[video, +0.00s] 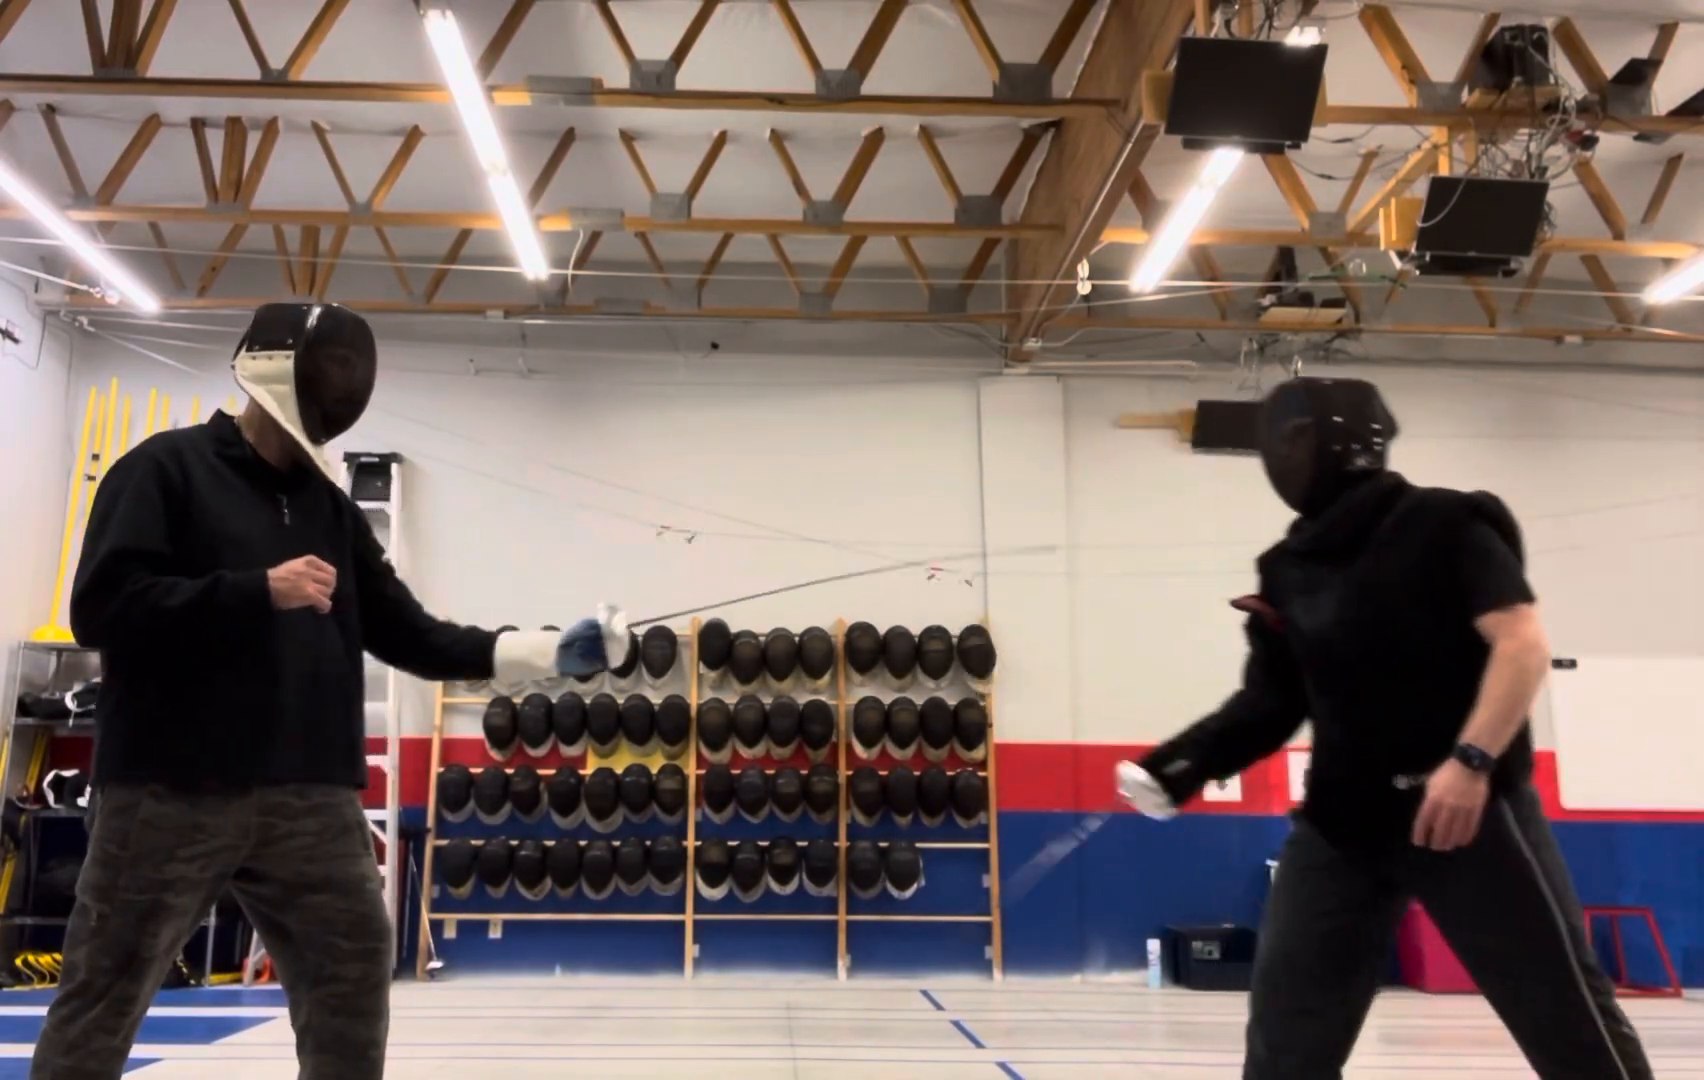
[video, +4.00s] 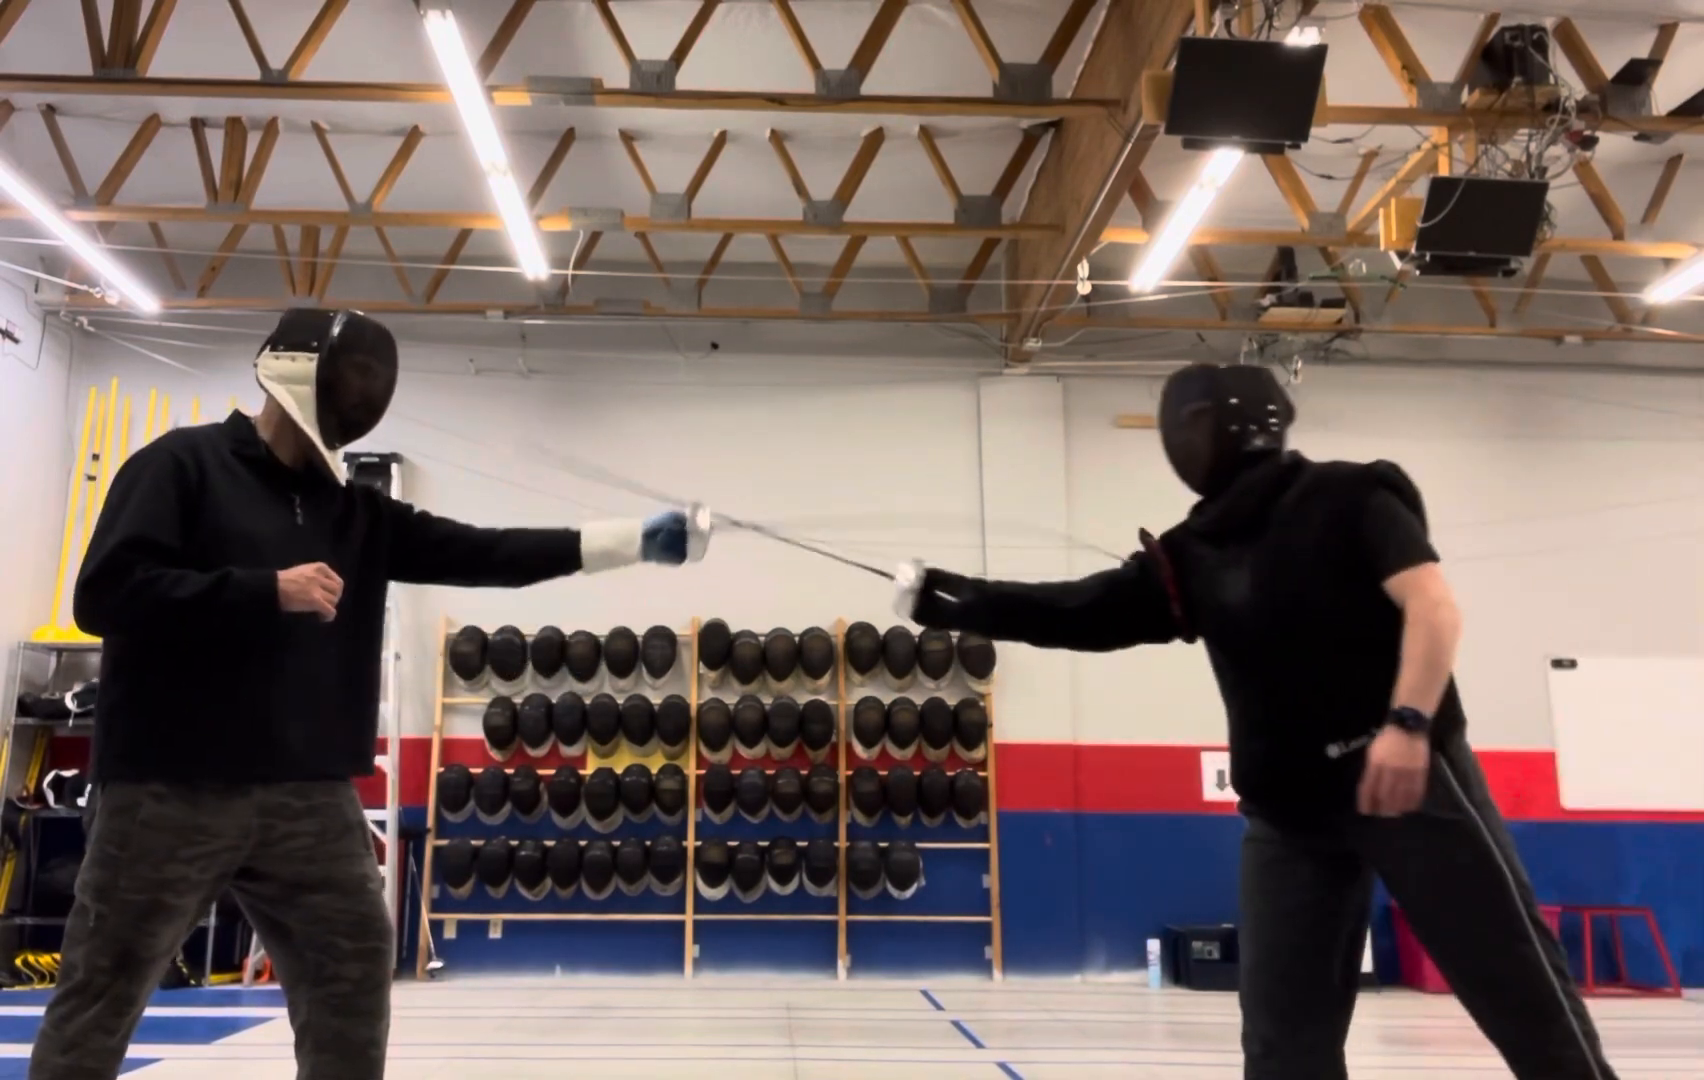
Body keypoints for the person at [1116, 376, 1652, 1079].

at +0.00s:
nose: (1276, 463)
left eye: (1288, 443)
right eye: (1273, 448)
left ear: (1334, 441)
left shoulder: (1447, 525)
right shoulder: (1290, 571)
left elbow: (1525, 646)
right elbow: (1272, 701)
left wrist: (1471, 762)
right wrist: (1180, 768)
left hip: (1471, 814)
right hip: (1343, 824)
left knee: (1572, 1027)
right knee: (1286, 1043)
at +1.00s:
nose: (1417, 457)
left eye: (1428, 437)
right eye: (1411, 442)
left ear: (1477, 431)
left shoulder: (1607, 510)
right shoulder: (1426, 561)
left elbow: (1686, 619)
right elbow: (1310, 614)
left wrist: (1683, 750)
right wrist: (1178, 607)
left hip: (1627, 806)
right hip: (1495, 818)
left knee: (1668, 1021)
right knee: (1453, 994)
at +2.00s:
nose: (1138, 445)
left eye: (1145, 425)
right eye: (1135, 431)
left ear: (1185, 425)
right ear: (1209, 426)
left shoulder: (1313, 490)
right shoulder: (1156, 558)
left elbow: (1398, 605)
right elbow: (1052, 615)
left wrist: (1364, 722)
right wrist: (928, 592)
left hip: (1381, 786)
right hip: (1258, 813)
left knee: (1479, 994)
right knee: (1260, 1041)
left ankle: (1537, 1075)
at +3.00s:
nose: (1462, 453)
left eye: (1475, 431)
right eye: (1454, 438)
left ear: (1529, 422)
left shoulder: (1653, 510)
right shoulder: (1465, 559)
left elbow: (1702, 626)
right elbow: (1387, 652)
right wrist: (1274, 644)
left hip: (1665, 811)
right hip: (1533, 824)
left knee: (1684, 1040)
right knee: (1519, 1032)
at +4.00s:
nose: (1174, 445)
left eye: (1183, 424)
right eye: (1172, 429)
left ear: (1231, 423)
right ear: (1239, 429)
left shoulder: (1351, 498)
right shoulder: (1193, 558)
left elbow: (1435, 610)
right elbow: (1081, 610)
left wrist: (1409, 723)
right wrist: (958, 602)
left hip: (1413, 788)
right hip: (1291, 817)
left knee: (1525, 1000)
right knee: (1286, 1046)